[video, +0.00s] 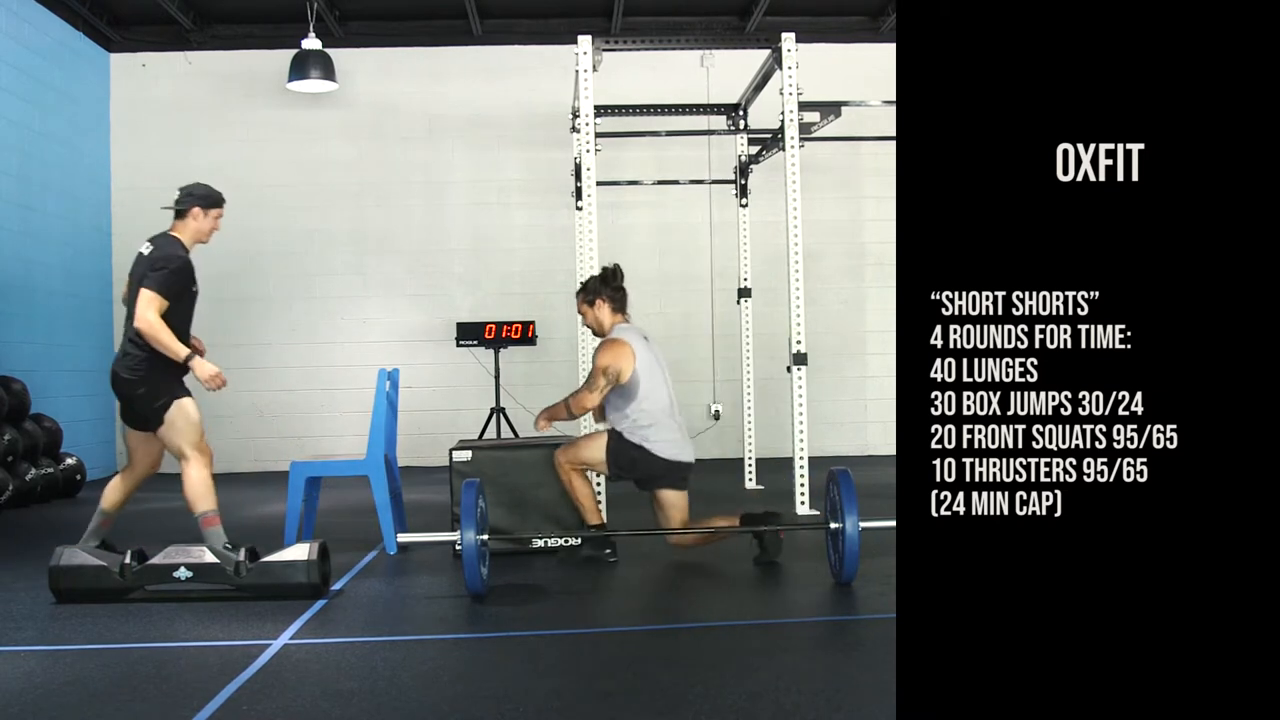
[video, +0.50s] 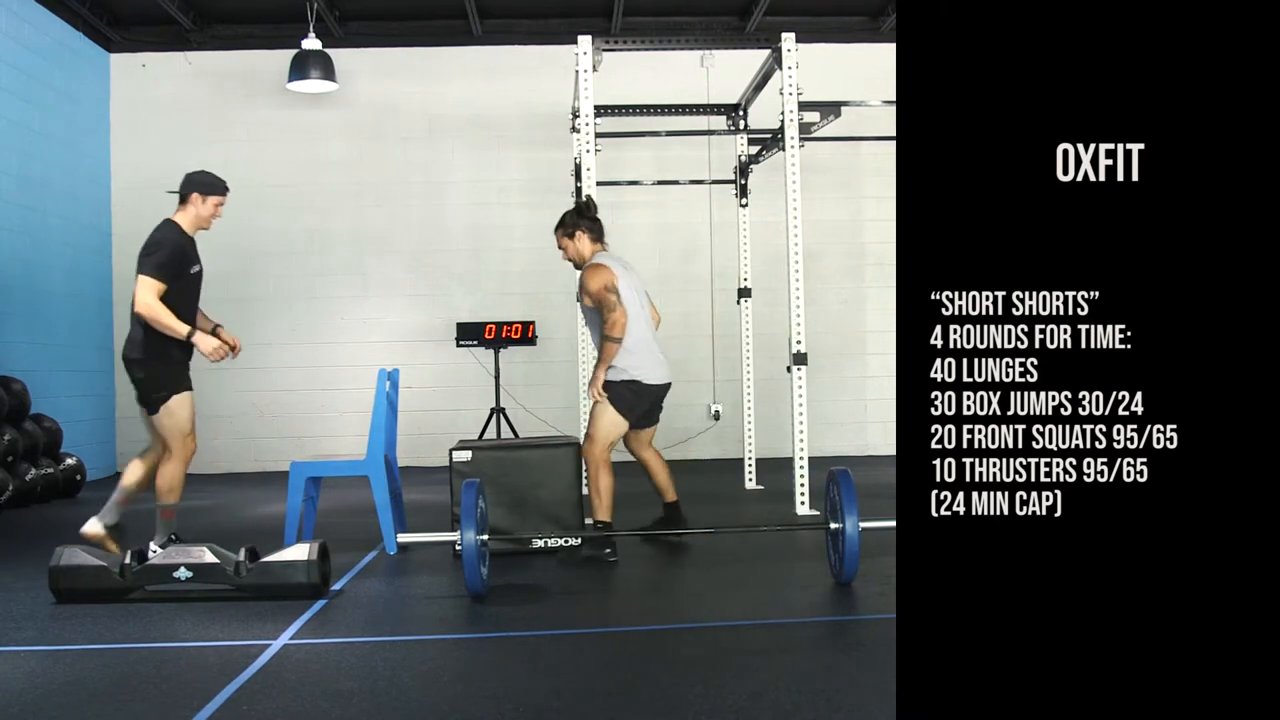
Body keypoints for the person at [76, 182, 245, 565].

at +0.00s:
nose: (217, 228)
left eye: (219, 220)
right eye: (215, 219)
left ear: (188, 215)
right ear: (194, 214)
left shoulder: (154, 247)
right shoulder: (174, 258)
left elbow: (129, 297)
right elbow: (145, 320)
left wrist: (181, 337)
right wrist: (194, 362)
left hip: (132, 371)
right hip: (153, 375)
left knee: (142, 464)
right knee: (196, 455)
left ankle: (87, 545)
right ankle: (222, 553)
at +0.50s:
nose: (219, 213)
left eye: (221, 206)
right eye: (216, 205)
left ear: (197, 202)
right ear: (194, 200)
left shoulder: (183, 239)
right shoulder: (168, 240)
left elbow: (180, 301)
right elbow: (144, 303)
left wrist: (213, 331)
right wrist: (194, 336)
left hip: (162, 356)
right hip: (155, 358)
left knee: (162, 448)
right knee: (182, 447)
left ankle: (102, 522)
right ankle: (164, 544)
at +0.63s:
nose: (235, 216)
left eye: (237, 209)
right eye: (232, 207)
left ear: (213, 204)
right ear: (211, 201)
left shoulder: (197, 241)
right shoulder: (183, 238)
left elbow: (184, 304)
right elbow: (163, 300)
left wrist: (205, 348)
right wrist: (213, 335)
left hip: (182, 353)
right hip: (158, 354)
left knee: (221, 417)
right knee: (173, 446)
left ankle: (156, 483)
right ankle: (162, 542)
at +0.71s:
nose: (247, 221)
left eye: (250, 215)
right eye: (245, 212)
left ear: (229, 207)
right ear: (225, 204)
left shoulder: (207, 243)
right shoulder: (194, 235)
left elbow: (189, 302)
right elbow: (184, 292)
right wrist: (237, 321)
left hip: (187, 346)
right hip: (161, 348)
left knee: (252, 379)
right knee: (172, 445)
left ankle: (209, 455)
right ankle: (162, 541)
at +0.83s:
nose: (266, 238)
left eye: (269, 232)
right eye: (266, 229)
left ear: (249, 222)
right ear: (248, 219)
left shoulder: (226, 253)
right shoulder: (214, 243)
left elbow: (204, 303)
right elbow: (200, 289)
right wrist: (255, 320)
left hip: (199, 344)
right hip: (169, 350)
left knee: (269, 345)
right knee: (202, 446)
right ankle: (162, 535)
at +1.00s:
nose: (291, 265)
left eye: (295, 259)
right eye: (290, 256)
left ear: (274, 249)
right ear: (272, 246)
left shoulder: (248, 281)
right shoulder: (237, 265)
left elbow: (226, 331)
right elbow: (214, 302)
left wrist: (250, 362)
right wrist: (244, 347)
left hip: (219, 364)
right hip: (190, 367)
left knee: (289, 350)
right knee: (215, 458)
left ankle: (300, 440)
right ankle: (175, 537)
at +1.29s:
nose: (317, 252)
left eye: (320, 246)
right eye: (316, 243)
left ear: (299, 238)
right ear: (299, 234)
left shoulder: (276, 270)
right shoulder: (265, 253)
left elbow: (252, 328)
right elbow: (245, 288)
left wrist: (261, 381)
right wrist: (285, 327)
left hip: (241, 352)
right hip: (214, 355)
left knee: (313, 348)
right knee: (225, 451)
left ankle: (303, 436)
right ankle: (178, 527)